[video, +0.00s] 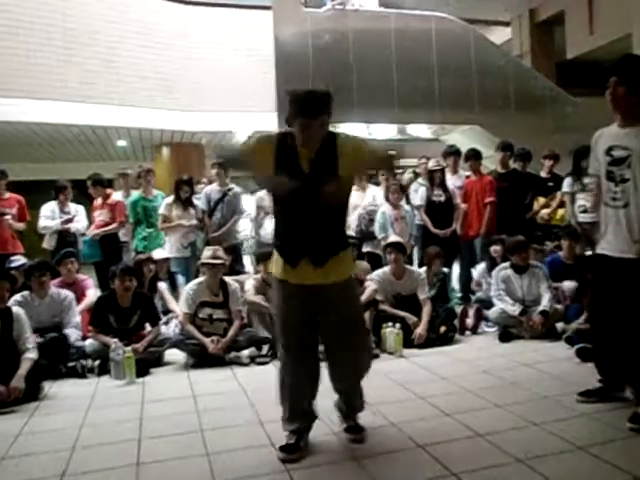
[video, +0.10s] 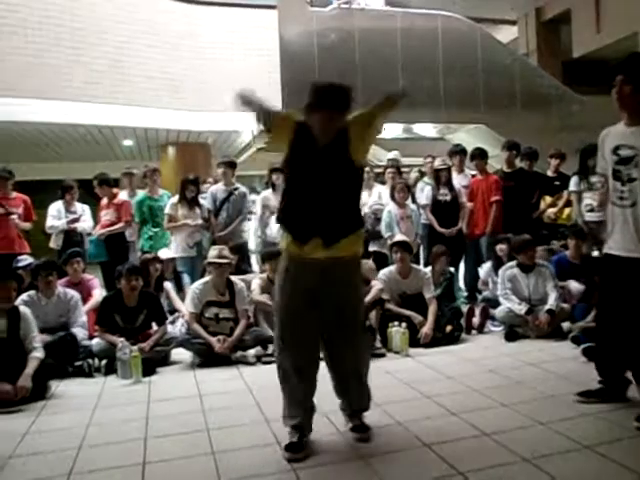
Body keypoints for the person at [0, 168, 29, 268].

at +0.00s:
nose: (1, 184)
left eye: (2, 180)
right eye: (0, 180)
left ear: (6, 181)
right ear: (1, 181)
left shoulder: (18, 200)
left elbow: (24, 224)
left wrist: (12, 223)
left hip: (13, 248)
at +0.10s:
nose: (4, 184)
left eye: (7, 180)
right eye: (2, 180)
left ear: (12, 181)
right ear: (0, 182)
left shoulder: (23, 200)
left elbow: (30, 224)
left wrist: (18, 223)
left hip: (19, 248)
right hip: (3, 248)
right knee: (2, 285)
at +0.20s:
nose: (3, 182)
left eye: (6, 178)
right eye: (2, 178)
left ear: (11, 180)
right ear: (0, 180)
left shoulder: (24, 196)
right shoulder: (2, 197)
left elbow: (33, 220)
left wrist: (21, 223)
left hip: (20, 248)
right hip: (3, 247)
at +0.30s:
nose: (6, 176)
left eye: (10, 172)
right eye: (4, 172)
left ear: (17, 174)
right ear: (0, 174)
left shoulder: (28, 192)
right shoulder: (2, 191)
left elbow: (35, 216)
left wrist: (23, 215)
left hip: (23, 241)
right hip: (4, 241)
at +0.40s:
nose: (4, 173)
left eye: (7, 170)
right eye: (2, 169)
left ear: (13, 171)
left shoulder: (24, 189)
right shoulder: (1, 189)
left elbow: (31, 213)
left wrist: (19, 213)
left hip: (19, 238)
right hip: (3, 238)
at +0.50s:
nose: (2, 173)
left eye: (5, 169)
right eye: (1, 169)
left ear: (10, 171)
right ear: (0, 171)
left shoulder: (22, 189)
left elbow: (29, 213)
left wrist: (16, 212)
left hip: (18, 238)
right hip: (3, 238)